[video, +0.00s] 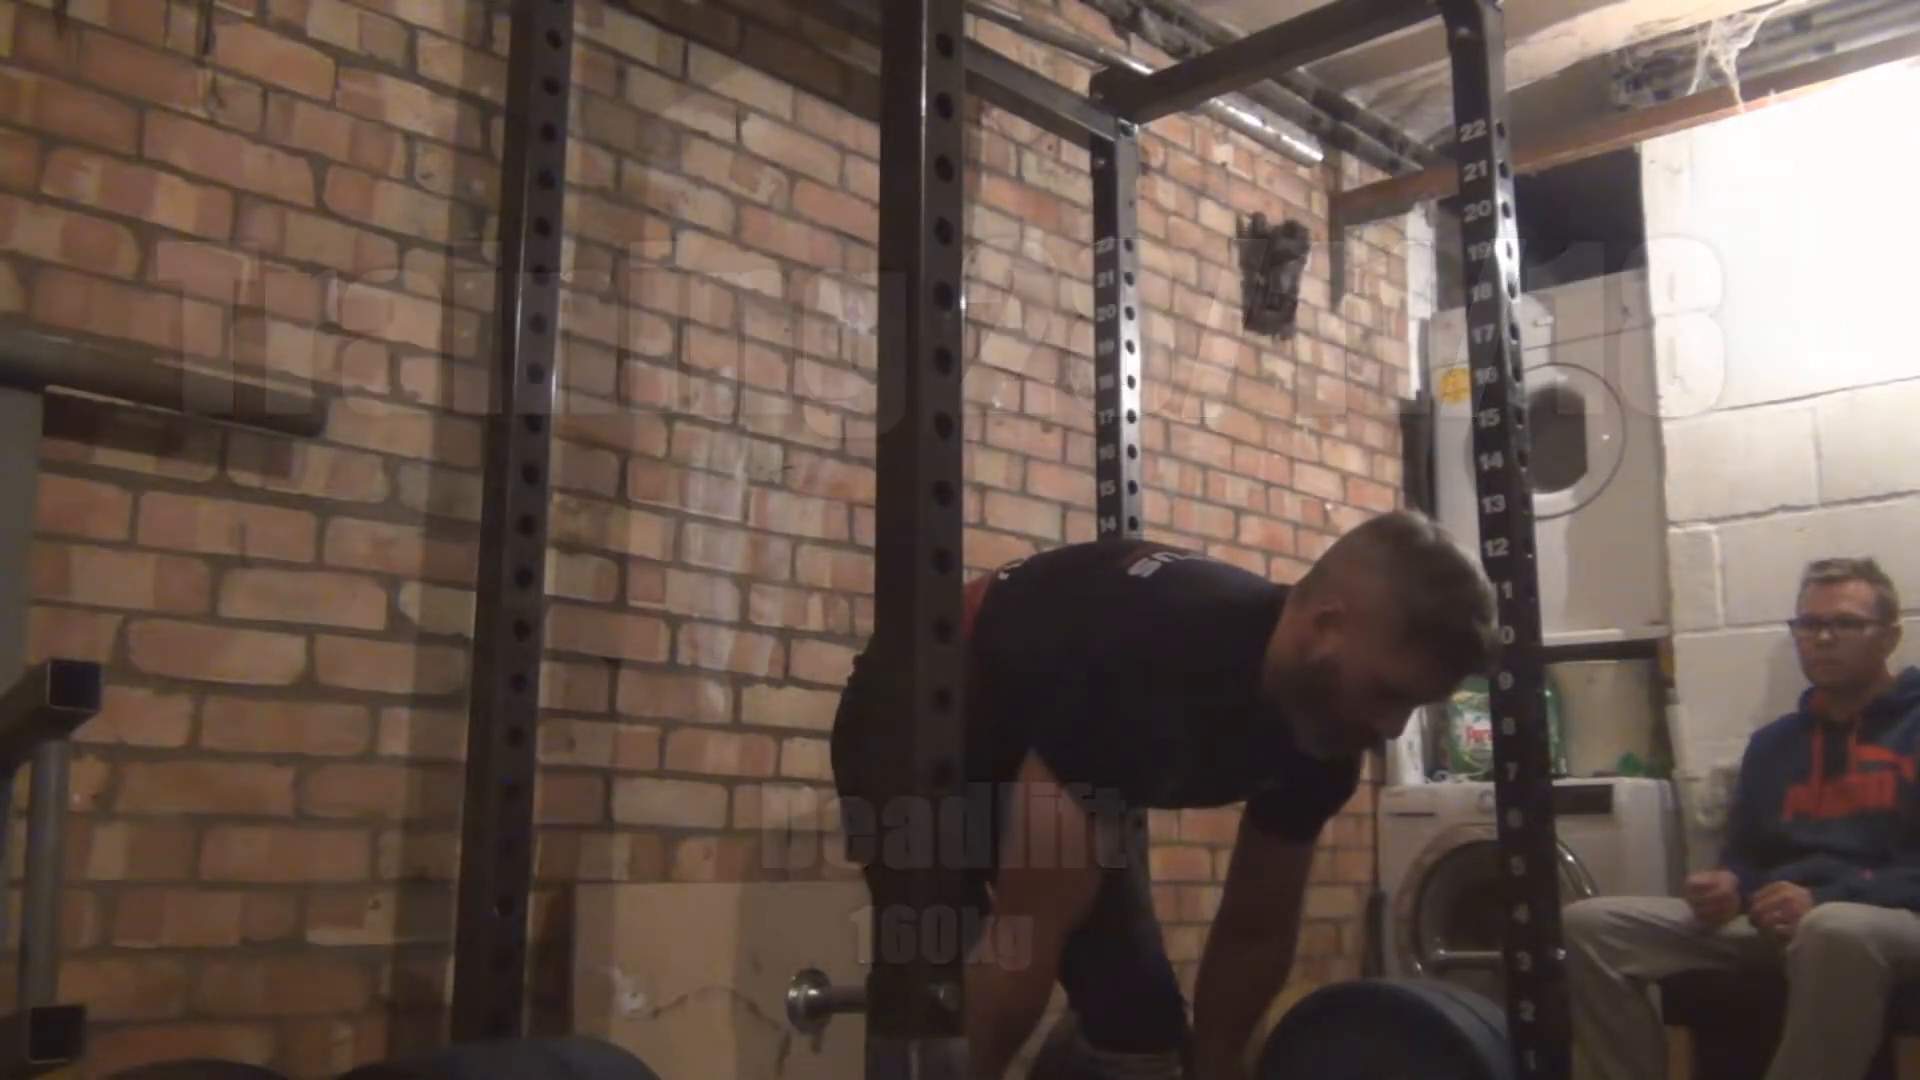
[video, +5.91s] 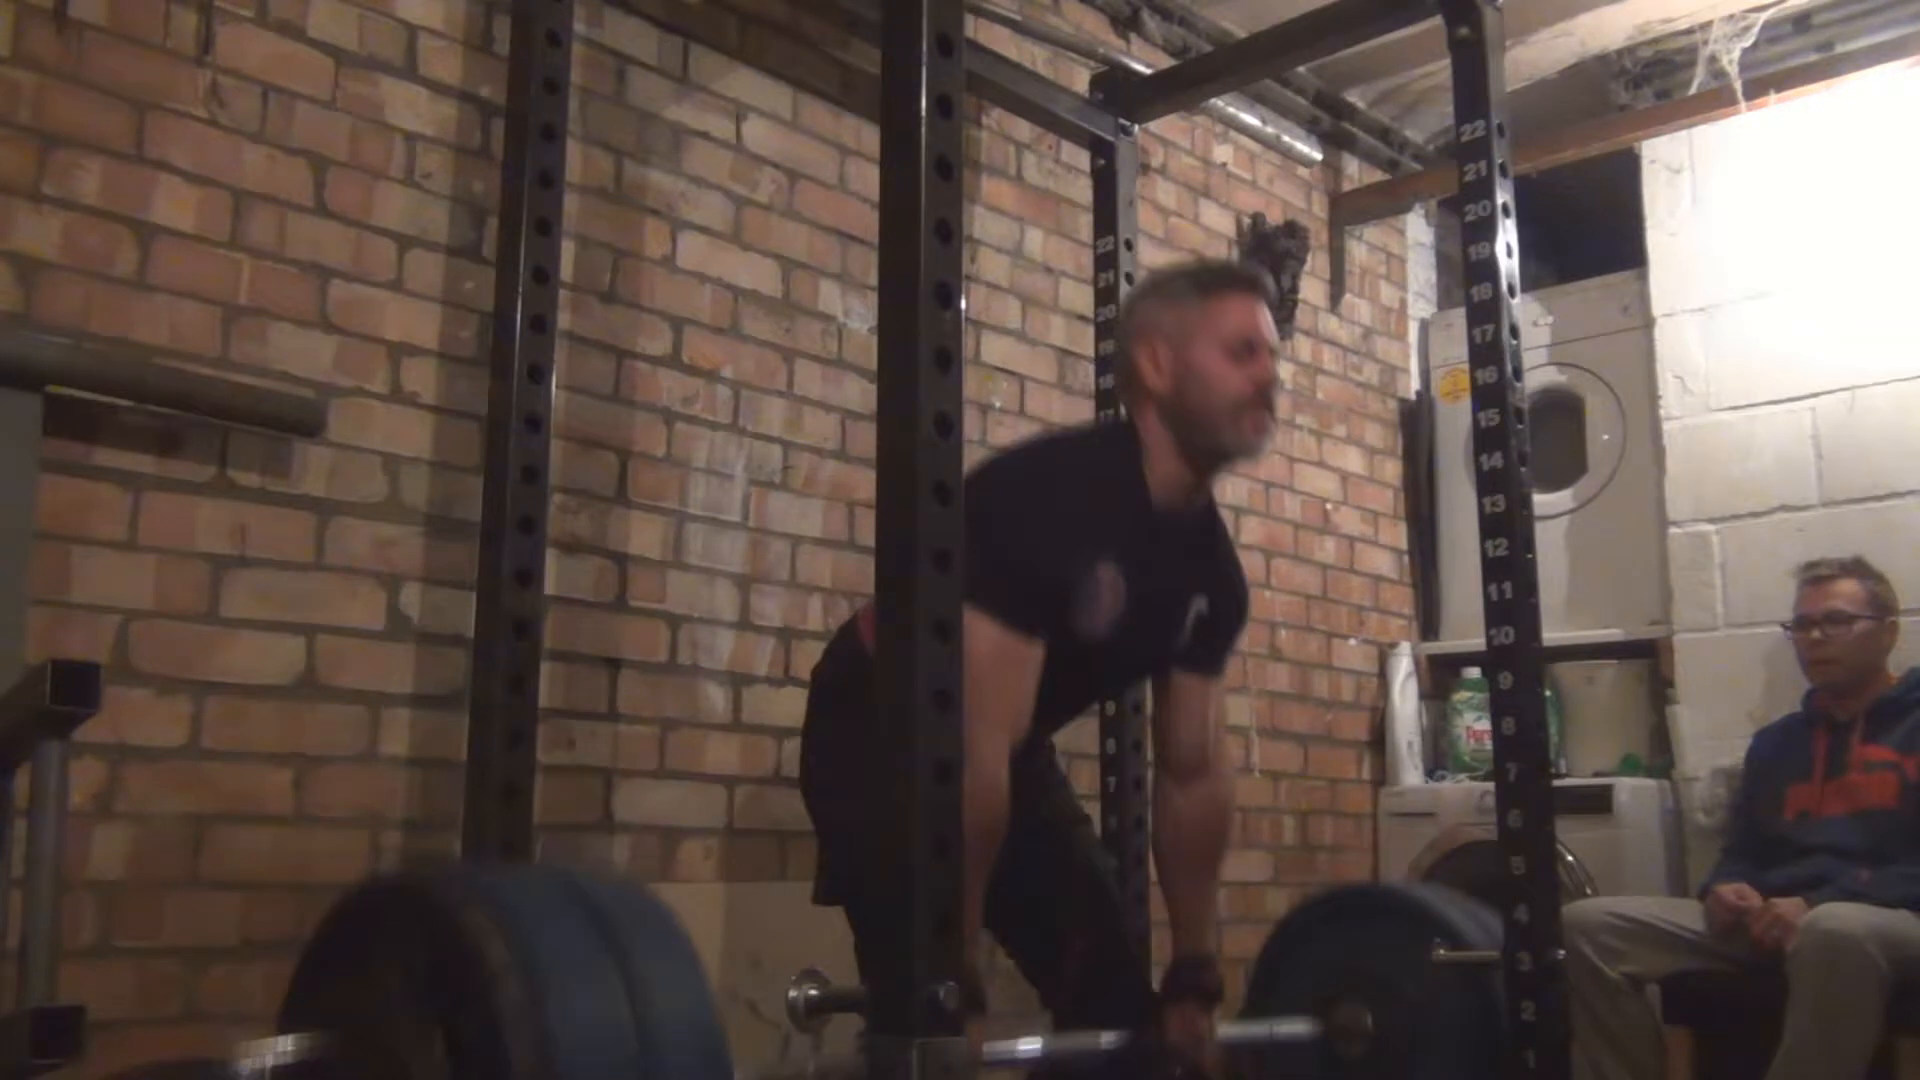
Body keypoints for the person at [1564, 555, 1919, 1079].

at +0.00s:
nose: (1822, 639)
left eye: (1844, 624)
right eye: (1809, 624)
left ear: (1890, 636)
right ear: (1794, 634)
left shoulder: (1914, 723)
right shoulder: (1773, 744)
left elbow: (1914, 873)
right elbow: (1744, 852)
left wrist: (1820, 900)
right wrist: (1731, 883)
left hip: (1894, 920)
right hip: (1771, 919)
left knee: (1833, 935)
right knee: (1589, 929)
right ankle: (1628, 1072)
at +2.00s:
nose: (1825, 637)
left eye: (1848, 623)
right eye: (1812, 622)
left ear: (1894, 637)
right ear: (1797, 632)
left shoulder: (1913, 721)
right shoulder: (1774, 743)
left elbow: (1914, 870)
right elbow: (1742, 849)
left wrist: (1818, 903)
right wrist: (1728, 886)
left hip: (1894, 917)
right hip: (1769, 916)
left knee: (1832, 937)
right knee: (1589, 928)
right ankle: (1628, 1073)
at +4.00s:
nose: (1822, 635)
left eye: (1844, 619)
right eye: (1810, 621)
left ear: (1893, 635)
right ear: (1796, 633)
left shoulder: (1913, 721)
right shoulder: (1775, 742)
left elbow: (1913, 872)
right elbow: (1739, 852)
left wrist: (1816, 905)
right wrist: (1724, 892)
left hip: (1892, 919)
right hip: (1766, 917)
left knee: (1834, 936)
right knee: (1587, 929)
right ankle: (1628, 1073)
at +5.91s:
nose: (1815, 638)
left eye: (1836, 622)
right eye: (1803, 625)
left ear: (1888, 633)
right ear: (1791, 636)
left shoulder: (1913, 721)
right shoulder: (1776, 742)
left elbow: (1913, 871)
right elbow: (1742, 849)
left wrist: (1817, 904)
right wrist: (1724, 889)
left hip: (1893, 919)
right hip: (1766, 916)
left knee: (1833, 936)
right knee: (1586, 929)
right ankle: (1630, 1072)